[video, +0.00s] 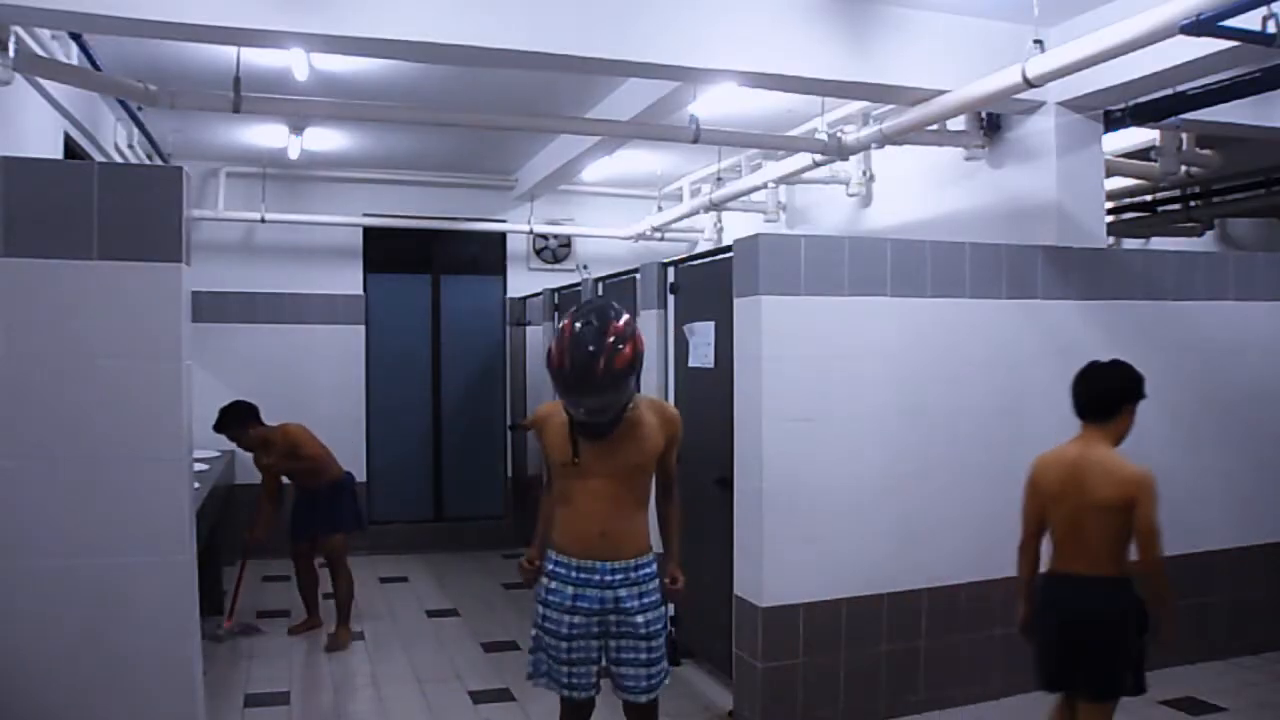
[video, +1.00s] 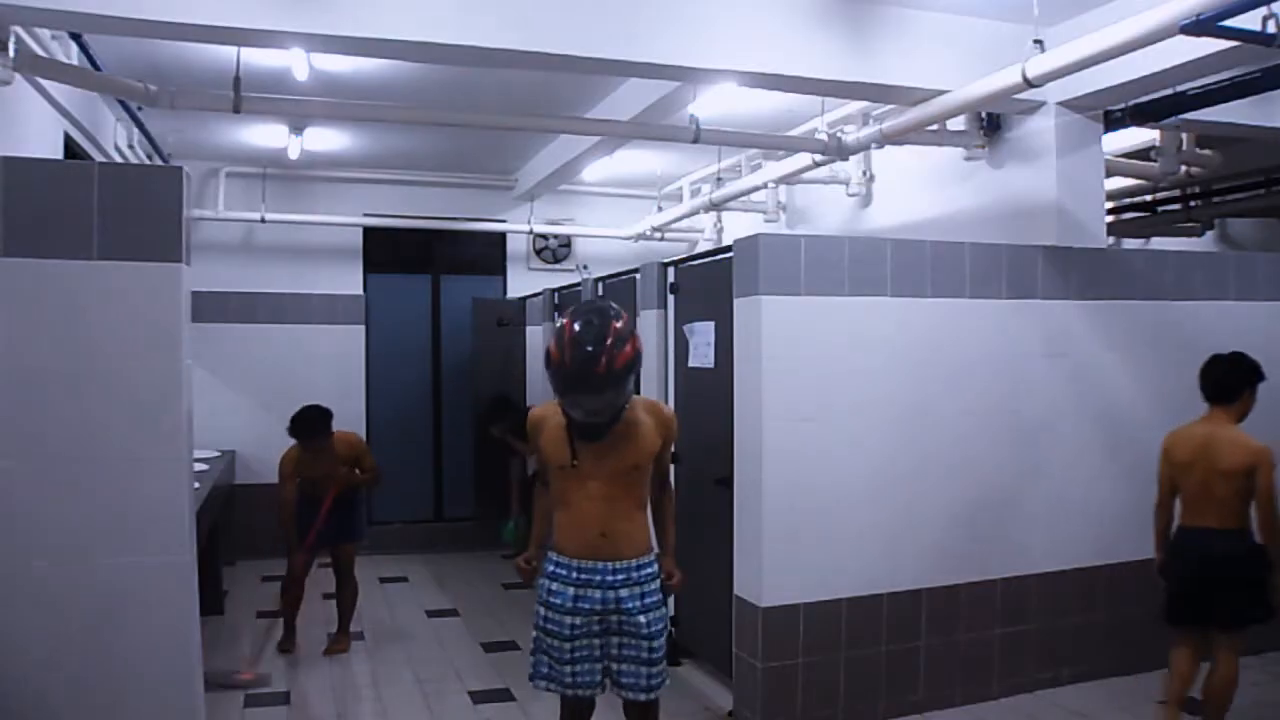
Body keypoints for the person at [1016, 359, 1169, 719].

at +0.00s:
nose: (1133, 420)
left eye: (1134, 411)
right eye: (1134, 411)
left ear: (1080, 407)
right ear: (1125, 413)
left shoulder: (1044, 468)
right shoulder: (1134, 479)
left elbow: (1029, 544)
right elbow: (1149, 559)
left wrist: (1025, 601)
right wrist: (1161, 610)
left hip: (1056, 596)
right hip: (1110, 600)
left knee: (1069, 697)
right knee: (1098, 705)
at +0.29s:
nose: (1161, 418)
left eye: (1160, 408)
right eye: (1161, 408)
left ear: (1110, 409)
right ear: (1153, 412)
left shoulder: (1082, 468)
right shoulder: (1167, 474)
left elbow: (1070, 542)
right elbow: (1183, 549)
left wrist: (1063, 599)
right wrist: (1196, 602)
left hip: (1099, 587)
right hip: (1148, 589)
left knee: (1115, 689)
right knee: (1137, 697)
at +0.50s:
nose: (1186, 408)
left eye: (1185, 399)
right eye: (1184, 400)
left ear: (1137, 400)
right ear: (1172, 403)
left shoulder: (1107, 456)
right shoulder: (1186, 461)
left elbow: (1102, 525)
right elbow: (1198, 538)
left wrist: (1110, 575)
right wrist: (1208, 595)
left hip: (1124, 575)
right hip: (1171, 577)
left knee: (1130, 668)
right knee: (1186, 668)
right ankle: (1160, 713)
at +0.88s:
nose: (1241, 405)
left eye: (1241, 396)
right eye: (1240, 397)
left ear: (1194, 395)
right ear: (1229, 398)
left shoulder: (1162, 445)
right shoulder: (1239, 458)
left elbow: (1150, 510)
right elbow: (1246, 529)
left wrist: (1159, 554)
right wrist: (1255, 583)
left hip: (1171, 561)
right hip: (1218, 565)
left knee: (1164, 649)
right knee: (1220, 656)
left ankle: (1144, 713)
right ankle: (1211, 714)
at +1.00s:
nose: (1255, 400)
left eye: (1255, 392)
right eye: (1254, 392)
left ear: (1207, 391)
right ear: (1245, 395)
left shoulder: (1174, 442)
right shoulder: (1255, 453)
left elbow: (1164, 507)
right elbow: (1267, 522)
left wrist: (1161, 553)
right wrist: (1271, 563)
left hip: (1186, 551)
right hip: (1234, 553)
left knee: (1185, 639)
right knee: (1227, 649)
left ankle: (1172, 708)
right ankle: (1212, 715)